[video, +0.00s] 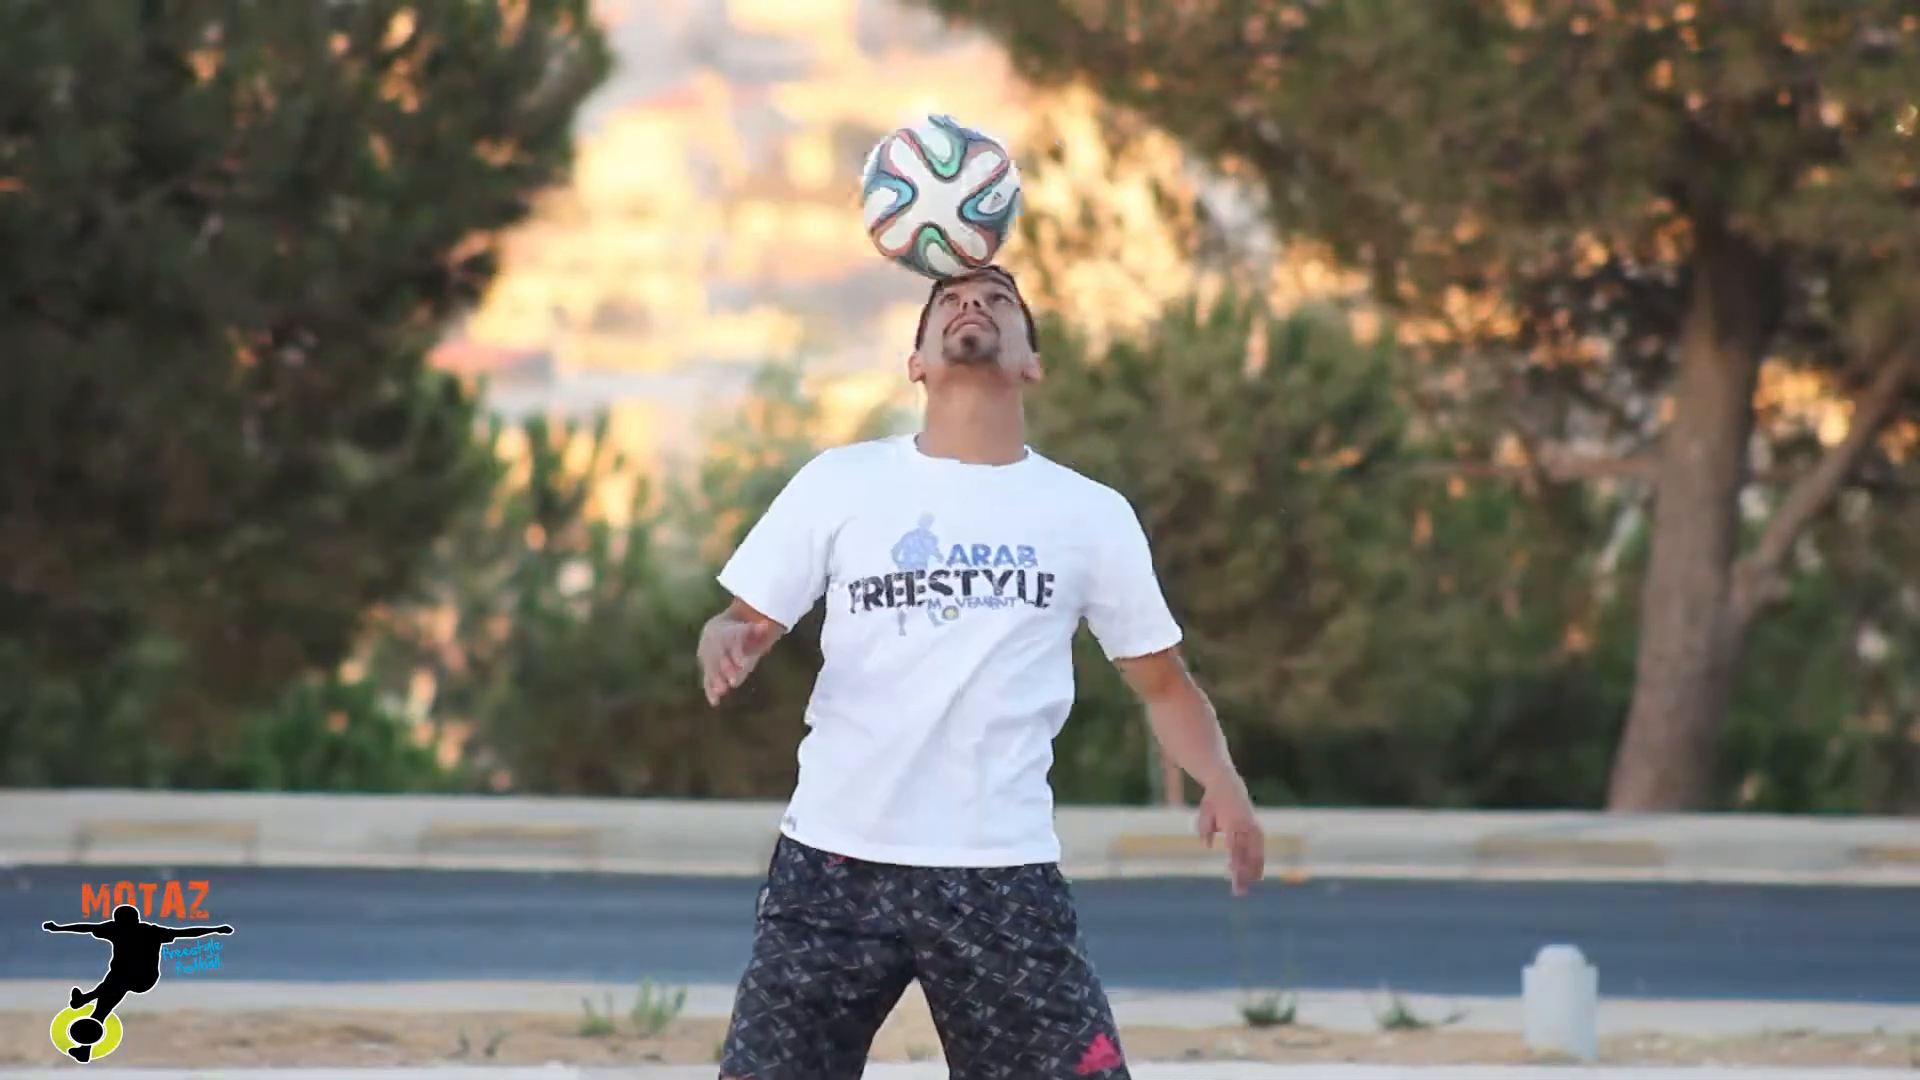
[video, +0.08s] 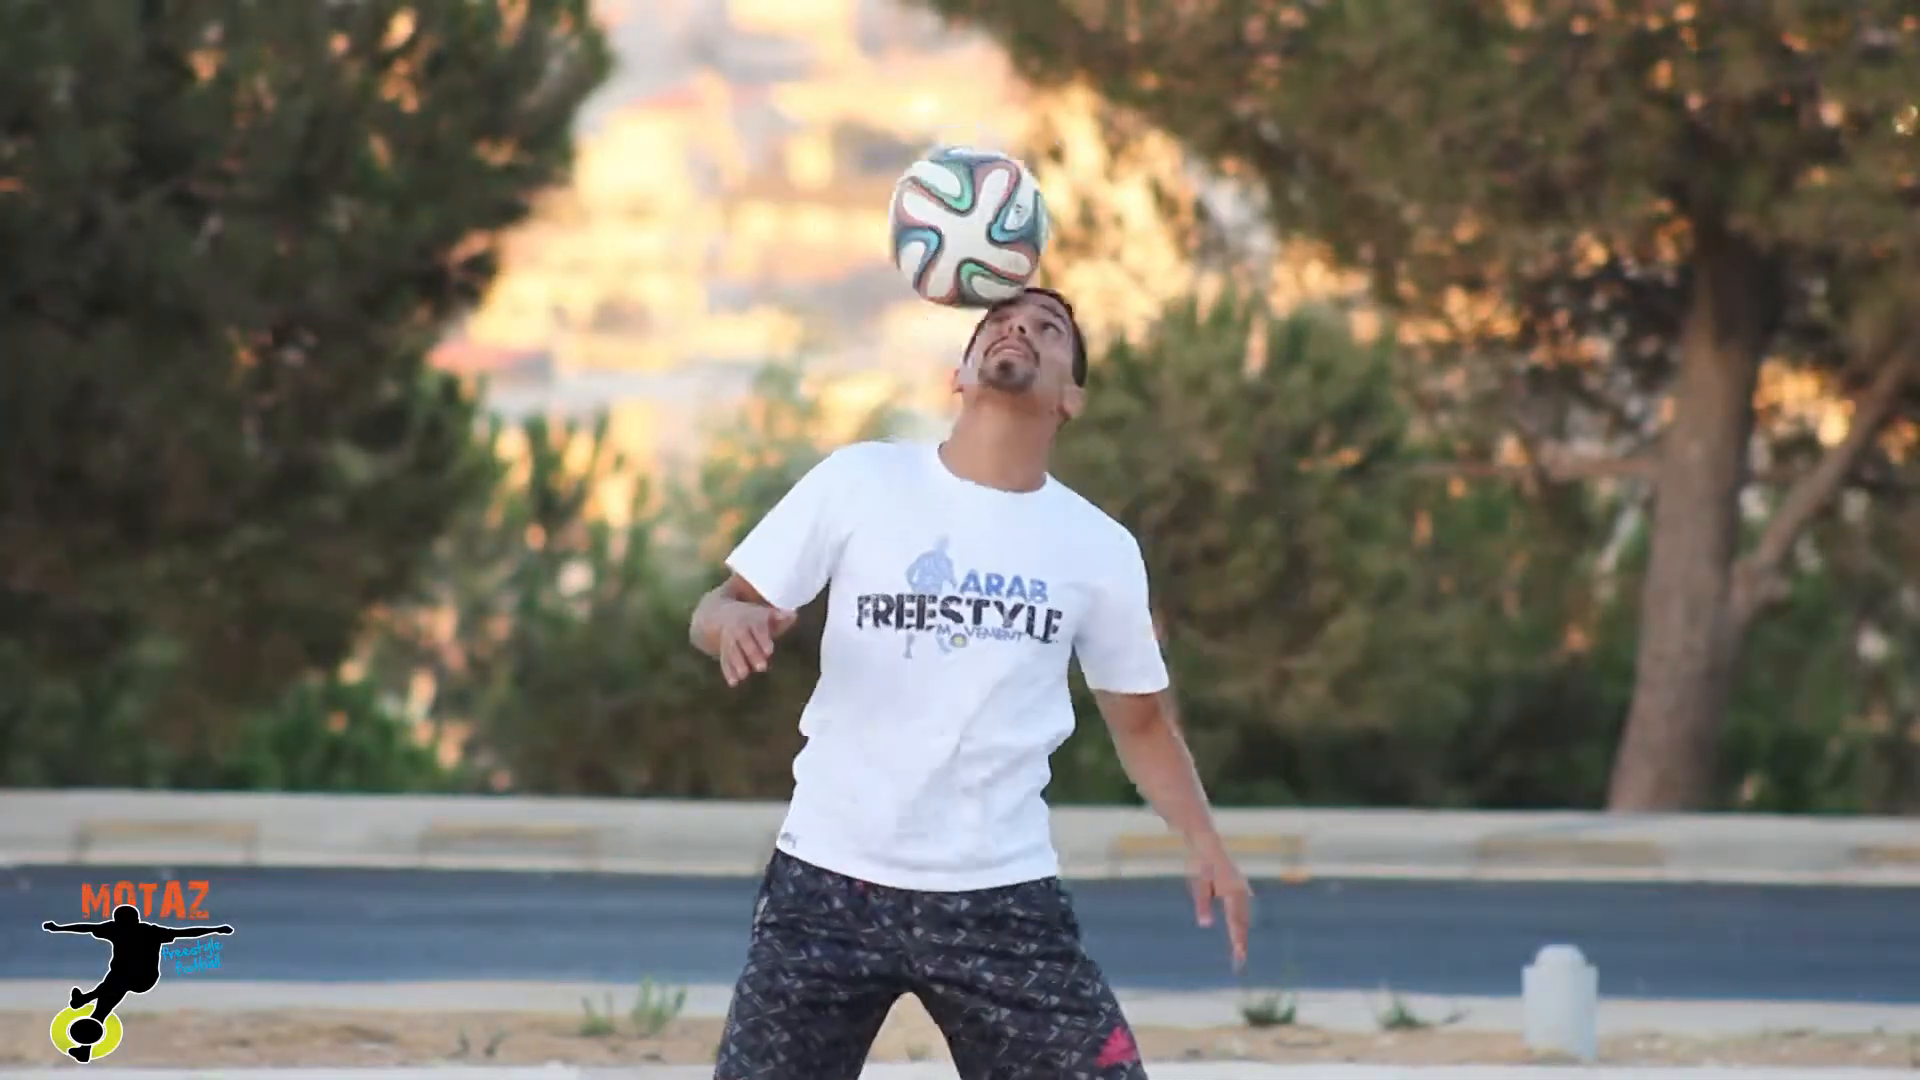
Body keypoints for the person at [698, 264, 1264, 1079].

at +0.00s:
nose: (970, 304)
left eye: (998, 301)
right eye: (948, 301)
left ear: (1032, 367)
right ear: (915, 365)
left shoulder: (1093, 516)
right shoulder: (838, 482)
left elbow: (1163, 681)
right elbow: (742, 617)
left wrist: (1223, 781)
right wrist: (726, 651)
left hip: (1001, 886)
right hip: (829, 876)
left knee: (1075, 1071)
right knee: (764, 1069)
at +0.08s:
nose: (1017, 329)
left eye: (1049, 329)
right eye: (998, 322)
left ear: (1071, 398)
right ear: (959, 377)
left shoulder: (1100, 551)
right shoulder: (856, 481)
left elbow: (1145, 723)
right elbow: (722, 609)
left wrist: (1204, 840)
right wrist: (728, 621)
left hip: (1000, 911)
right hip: (824, 896)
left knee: (1103, 1071)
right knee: (758, 1069)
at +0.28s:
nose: (1030, 572)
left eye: (1063, 584)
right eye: (1051, 541)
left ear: (1059, 609)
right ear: (1020, 500)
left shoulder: (1030, 651)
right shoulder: (833, 522)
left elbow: (1022, 787)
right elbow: (662, 550)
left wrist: (1094, 921)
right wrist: (728, 630)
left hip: (939, 943)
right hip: (765, 938)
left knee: (1067, 1067)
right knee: (711, 1066)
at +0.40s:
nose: (829, 766)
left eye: (856, 771)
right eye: (832, 744)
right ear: (840, 664)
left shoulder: (958, 682)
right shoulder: (737, 593)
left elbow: (992, 776)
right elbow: (616, 546)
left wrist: (1031, 908)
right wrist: (620, 686)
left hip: (872, 954)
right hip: (694, 948)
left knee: (992, 1068)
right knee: (640, 1068)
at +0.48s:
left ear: (859, 665)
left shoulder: (927, 663)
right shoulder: (689, 599)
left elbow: (995, 739)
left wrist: (1038, 884)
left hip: (866, 950)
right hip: (683, 940)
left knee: (973, 1069)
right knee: (614, 1070)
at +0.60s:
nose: (793, 556)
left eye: (782, 519)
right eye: (755, 560)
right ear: (711, 575)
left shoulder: (922, 568)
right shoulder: (660, 587)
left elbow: (1007, 678)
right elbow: (581, 646)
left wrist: (1081, 821)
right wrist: (548, 744)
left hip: (875, 951)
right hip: (692, 946)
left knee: (987, 1069)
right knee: (617, 1070)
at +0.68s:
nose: (808, 441)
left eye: (804, 415)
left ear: (824, 417)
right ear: (721, 478)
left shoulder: (931, 549)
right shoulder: (674, 567)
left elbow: (1007, 668)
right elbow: (609, 670)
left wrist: (1082, 776)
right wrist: (579, 752)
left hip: (896, 943)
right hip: (710, 941)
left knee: (1016, 1074)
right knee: (634, 1072)